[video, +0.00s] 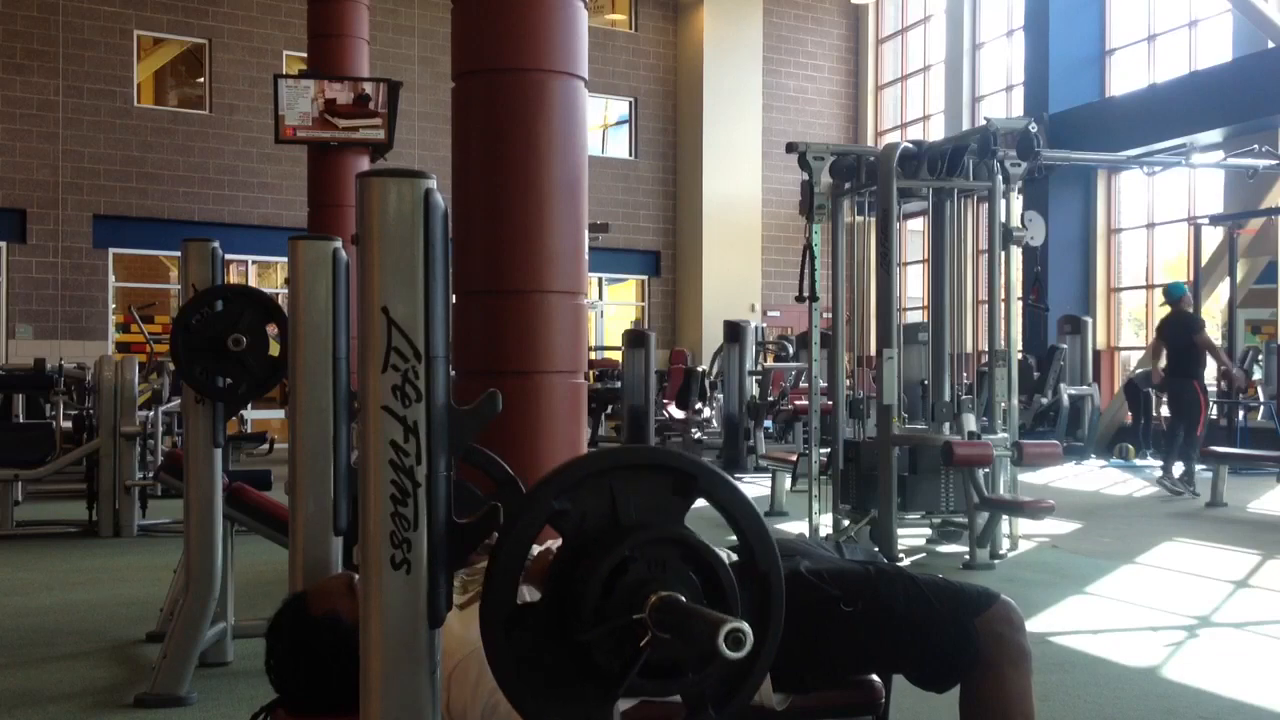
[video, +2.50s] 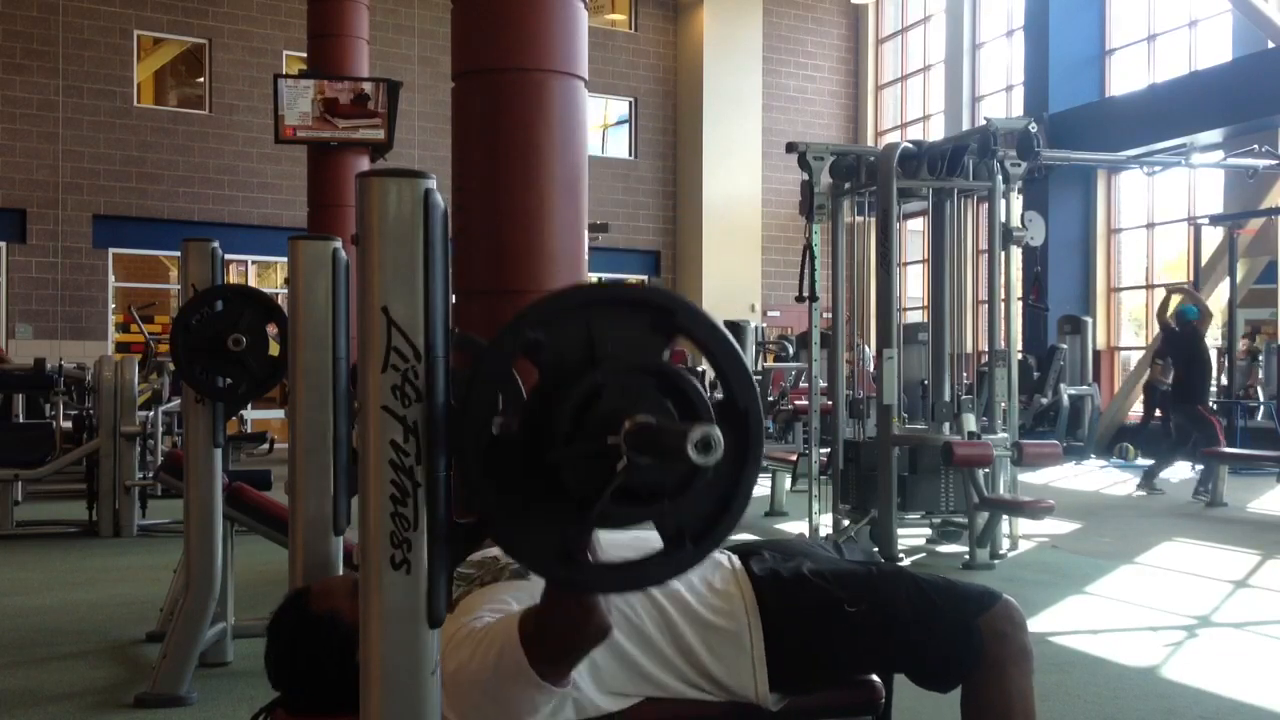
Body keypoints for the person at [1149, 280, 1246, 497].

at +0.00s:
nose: (1191, 296)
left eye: (1188, 293)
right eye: (1188, 293)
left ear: (1171, 301)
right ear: (1182, 298)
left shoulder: (1165, 322)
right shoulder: (1192, 320)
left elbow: (1156, 348)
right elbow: (1210, 346)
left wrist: (1154, 369)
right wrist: (1228, 367)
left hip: (1172, 380)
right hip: (1191, 381)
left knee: (1176, 424)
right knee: (1195, 427)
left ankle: (1167, 473)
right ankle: (1189, 477)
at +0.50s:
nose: (1194, 312)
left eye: (1192, 309)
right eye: (1192, 309)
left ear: (1171, 312)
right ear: (1188, 312)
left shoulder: (1165, 329)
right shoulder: (1191, 327)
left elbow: (1143, 319)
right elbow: (1205, 306)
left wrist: (1141, 293)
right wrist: (1203, 281)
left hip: (1172, 391)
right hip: (1191, 392)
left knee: (1167, 433)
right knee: (1207, 433)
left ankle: (1146, 475)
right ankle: (1204, 481)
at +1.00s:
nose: (1196, 307)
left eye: (1193, 303)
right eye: (1193, 304)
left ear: (1175, 310)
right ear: (1188, 308)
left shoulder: (1166, 332)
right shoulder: (1194, 331)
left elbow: (1162, 363)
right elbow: (1203, 362)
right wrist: (1217, 385)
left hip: (1171, 389)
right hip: (1189, 390)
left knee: (1180, 433)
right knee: (1198, 435)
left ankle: (1168, 478)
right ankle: (1180, 480)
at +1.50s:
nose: (1199, 319)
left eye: (1197, 316)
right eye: (1198, 316)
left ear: (1176, 320)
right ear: (1194, 320)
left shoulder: (1170, 335)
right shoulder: (1196, 333)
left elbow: (1156, 317)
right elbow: (1207, 311)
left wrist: (1162, 290)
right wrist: (1197, 286)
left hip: (1177, 398)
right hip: (1194, 399)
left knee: (1176, 438)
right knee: (1216, 436)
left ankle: (1147, 478)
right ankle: (1210, 484)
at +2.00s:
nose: (1202, 315)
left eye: (1200, 311)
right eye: (1200, 312)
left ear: (1181, 317)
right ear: (1195, 315)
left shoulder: (1173, 341)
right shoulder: (1202, 340)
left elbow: (1175, 371)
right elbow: (1209, 371)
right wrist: (1221, 399)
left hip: (1177, 395)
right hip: (1195, 396)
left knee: (1193, 437)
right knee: (1209, 438)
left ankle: (1180, 480)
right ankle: (1188, 482)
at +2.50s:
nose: (1201, 321)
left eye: (1198, 316)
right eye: (1198, 317)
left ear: (1178, 319)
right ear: (1194, 319)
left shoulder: (1171, 336)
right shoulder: (1195, 336)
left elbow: (1161, 316)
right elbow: (1207, 314)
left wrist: (1169, 295)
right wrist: (1189, 292)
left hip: (1177, 400)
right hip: (1194, 401)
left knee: (1179, 443)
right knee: (1216, 442)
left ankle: (1148, 478)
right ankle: (1203, 487)